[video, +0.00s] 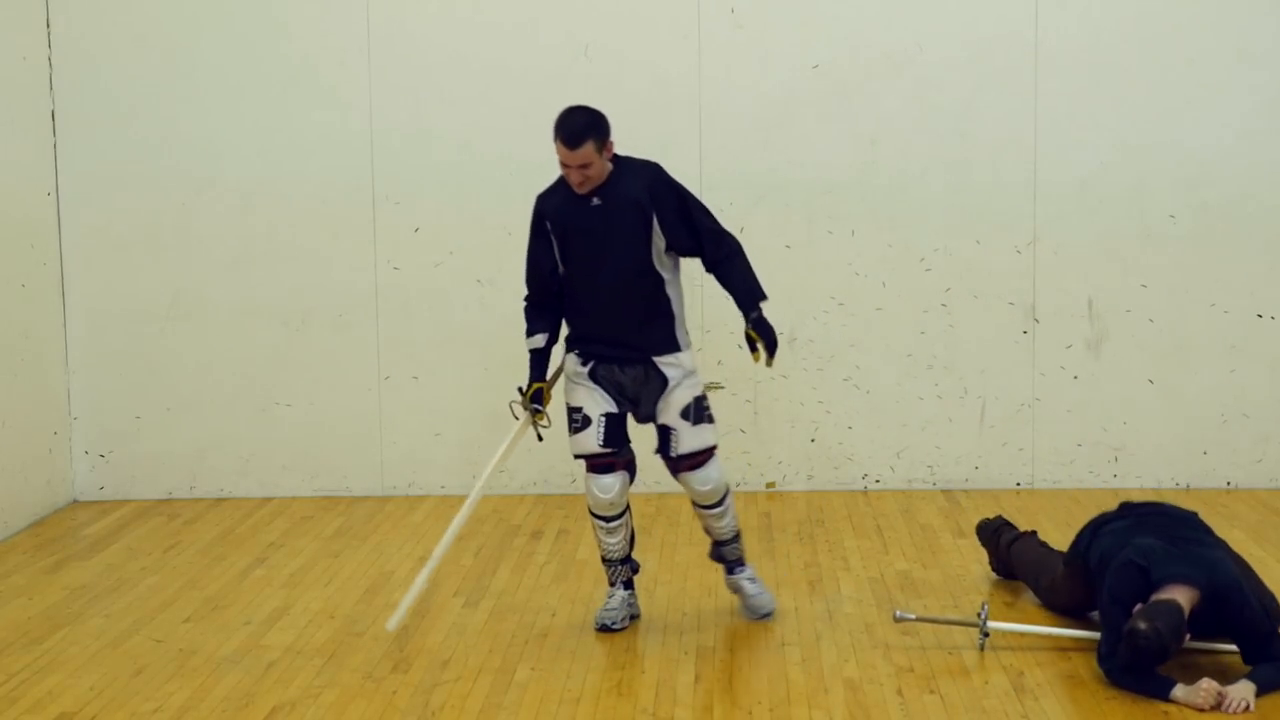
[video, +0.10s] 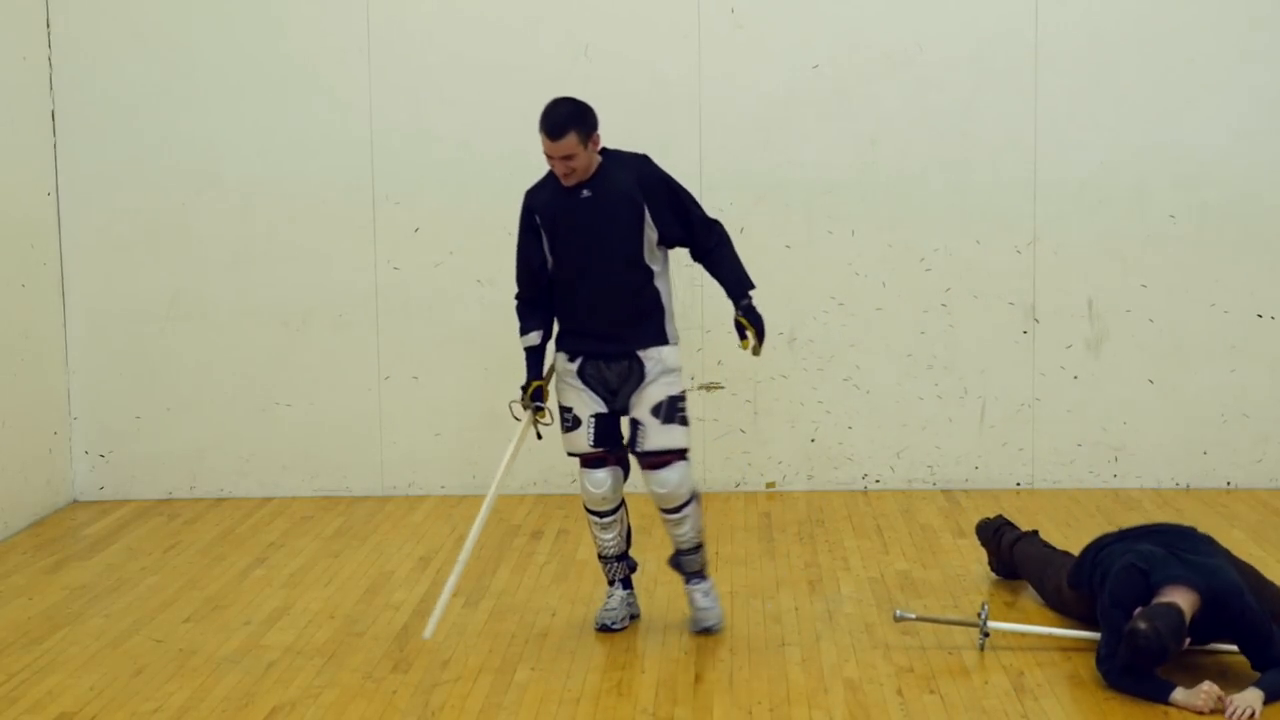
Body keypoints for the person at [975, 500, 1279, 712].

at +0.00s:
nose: (1126, 629)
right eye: (1130, 627)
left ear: (1180, 640)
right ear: (1136, 612)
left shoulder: (1230, 590)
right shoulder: (1125, 577)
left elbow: (1273, 661)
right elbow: (1114, 663)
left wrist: (1249, 685)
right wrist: (1181, 693)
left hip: (1185, 525)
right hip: (1113, 528)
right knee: (1068, 598)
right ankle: (1007, 542)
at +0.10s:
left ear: (1180, 643)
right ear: (1134, 616)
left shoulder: (1228, 594)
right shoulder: (1124, 583)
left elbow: (1277, 666)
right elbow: (1112, 668)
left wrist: (1256, 693)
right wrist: (1181, 696)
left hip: (1194, 544)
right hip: (1112, 552)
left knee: (1276, 608)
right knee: (1067, 587)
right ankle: (1008, 541)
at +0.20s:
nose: (1158, 674)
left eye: (1160, 668)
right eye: (1146, 667)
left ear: (1182, 648)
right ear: (1132, 627)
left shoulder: (1230, 601)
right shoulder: (1125, 591)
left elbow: (1279, 668)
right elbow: (1111, 671)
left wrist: (1259, 697)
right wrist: (1184, 700)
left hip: (1199, 560)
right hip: (1112, 571)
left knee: (1276, 602)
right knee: (1055, 570)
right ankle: (1006, 540)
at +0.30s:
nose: (1163, 684)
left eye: (1166, 677)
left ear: (1185, 652)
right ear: (1135, 632)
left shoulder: (1230, 606)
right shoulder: (1126, 595)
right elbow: (1111, 675)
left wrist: (1263, 700)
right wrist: (1188, 703)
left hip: (1197, 564)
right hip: (1112, 576)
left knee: (1277, 598)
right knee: (1052, 568)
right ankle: (1005, 541)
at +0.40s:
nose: (1166, 688)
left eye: (1169, 681)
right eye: (1157, 682)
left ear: (1190, 657)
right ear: (1139, 638)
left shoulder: (1229, 614)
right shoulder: (1127, 608)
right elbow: (1113, 682)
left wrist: (1267, 703)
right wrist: (1193, 703)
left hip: (1187, 565)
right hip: (1106, 581)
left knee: (1277, 598)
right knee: (1050, 568)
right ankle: (1001, 541)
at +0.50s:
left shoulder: (1228, 623)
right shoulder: (1127, 614)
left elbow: (1279, 671)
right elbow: (1114, 687)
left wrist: (1271, 706)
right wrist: (1200, 702)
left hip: (1182, 568)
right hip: (1103, 583)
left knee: (1276, 598)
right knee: (1048, 570)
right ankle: (1007, 546)